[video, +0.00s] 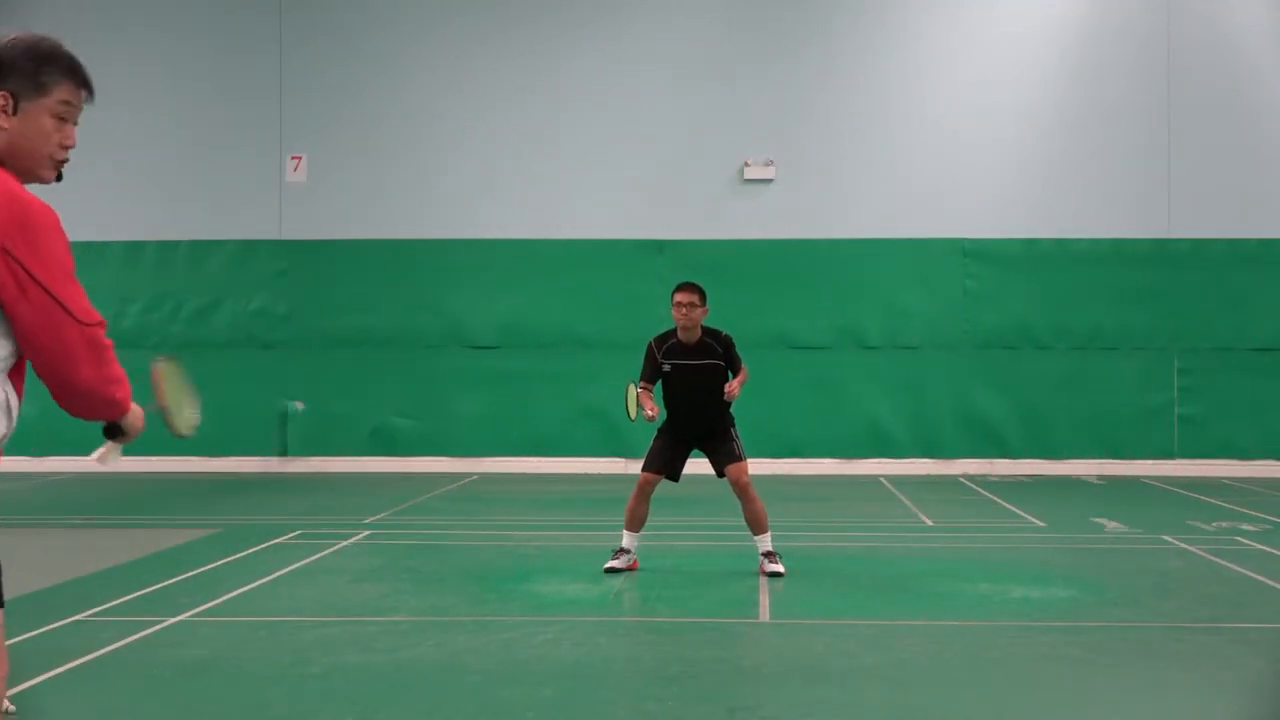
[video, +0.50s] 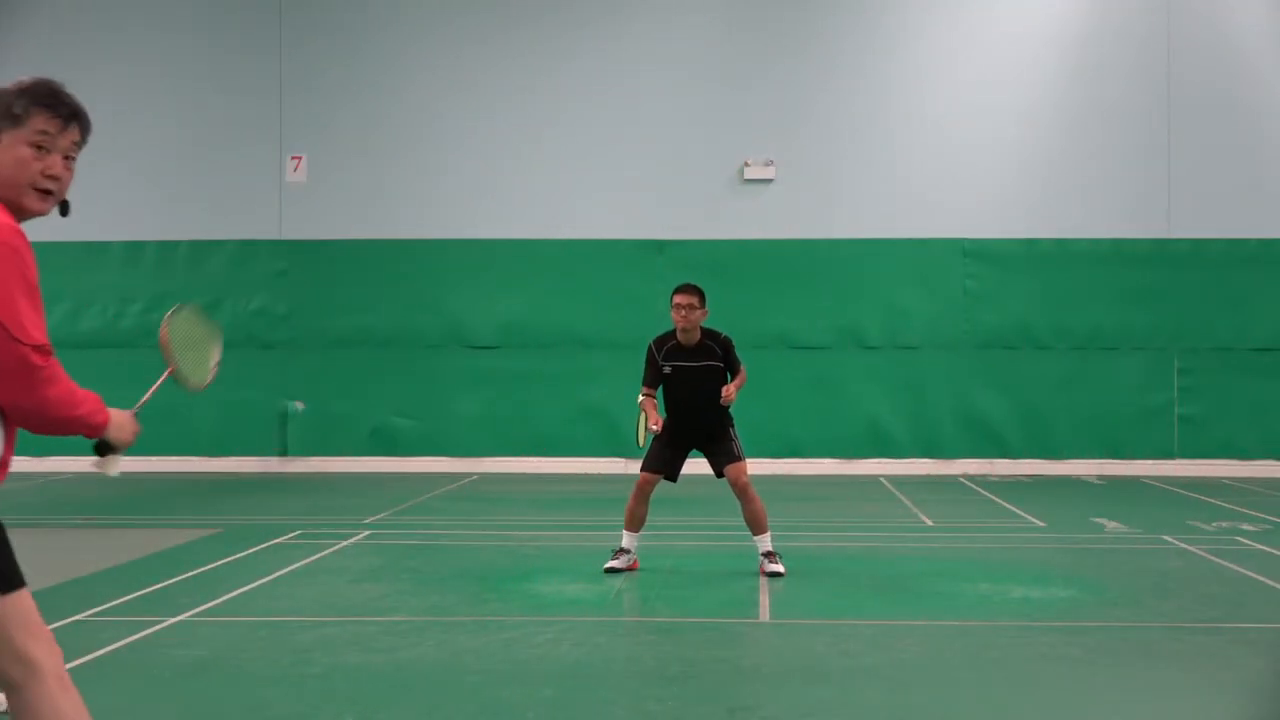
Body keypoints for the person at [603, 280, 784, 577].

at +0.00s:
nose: (684, 311)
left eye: (691, 306)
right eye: (679, 306)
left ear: (704, 311)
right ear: (672, 310)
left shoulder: (721, 342)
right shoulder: (659, 346)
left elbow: (741, 371)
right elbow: (645, 387)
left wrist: (736, 384)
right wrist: (649, 404)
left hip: (717, 425)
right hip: (676, 426)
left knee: (742, 482)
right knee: (645, 482)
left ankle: (767, 552)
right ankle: (627, 551)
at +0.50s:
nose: (682, 313)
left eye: (689, 308)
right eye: (677, 307)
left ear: (703, 313)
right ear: (671, 311)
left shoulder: (721, 344)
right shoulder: (659, 347)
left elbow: (739, 373)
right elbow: (648, 393)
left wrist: (734, 387)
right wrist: (652, 413)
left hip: (716, 425)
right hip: (675, 425)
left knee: (741, 482)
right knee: (644, 482)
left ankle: (767, 553)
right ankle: (627, 551)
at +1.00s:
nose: (681, 312)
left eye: (688, 308)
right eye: (677, 307)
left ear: (702, 313)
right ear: (670, 311)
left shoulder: (720, 343)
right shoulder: (659, 347)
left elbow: (739, 375)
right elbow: (648, 394)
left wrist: (732, 387)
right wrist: (652, 419)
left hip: (716, 424)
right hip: (675, 425)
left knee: (740, 482)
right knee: (644, 482)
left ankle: (767, 553)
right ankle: (627, 551)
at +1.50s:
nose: (677, 333)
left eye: (684, 327)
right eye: (672, 327)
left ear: (698, 330)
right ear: (666, 330)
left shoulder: (716, 357)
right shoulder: (657, 361)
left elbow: (739, 381)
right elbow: (639, 397)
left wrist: (737, 397)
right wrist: (641, 409)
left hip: (716, 433)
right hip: (675, 433)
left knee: (742, 484)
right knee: (641, 483)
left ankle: (767, 553)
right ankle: (626, 551)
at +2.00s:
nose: (677, 334)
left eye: (684, 328)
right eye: (672, 328)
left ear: (697, 332)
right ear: (666, 331)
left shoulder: (716, 358)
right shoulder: (656, 363)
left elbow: (740, 382)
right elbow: (638, 398)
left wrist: (737, 398)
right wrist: (640, 412)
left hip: (716, 434)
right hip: (674, 435)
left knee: (741, 484)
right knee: (640, 483)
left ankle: (767, 553)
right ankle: (626, 551)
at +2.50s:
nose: (677, 328)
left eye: (684, 322)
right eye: (672, 322)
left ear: (698, 326)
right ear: (666, 326)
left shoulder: (715, 354)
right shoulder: (655, 359)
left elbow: (739, 381)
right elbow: (637, 401)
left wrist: (734, 397)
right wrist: (641, 414)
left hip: (714, 433)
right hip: (672, 435)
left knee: (742, 485)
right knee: (638, 485)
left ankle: (767, 553)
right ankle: (627, 551)